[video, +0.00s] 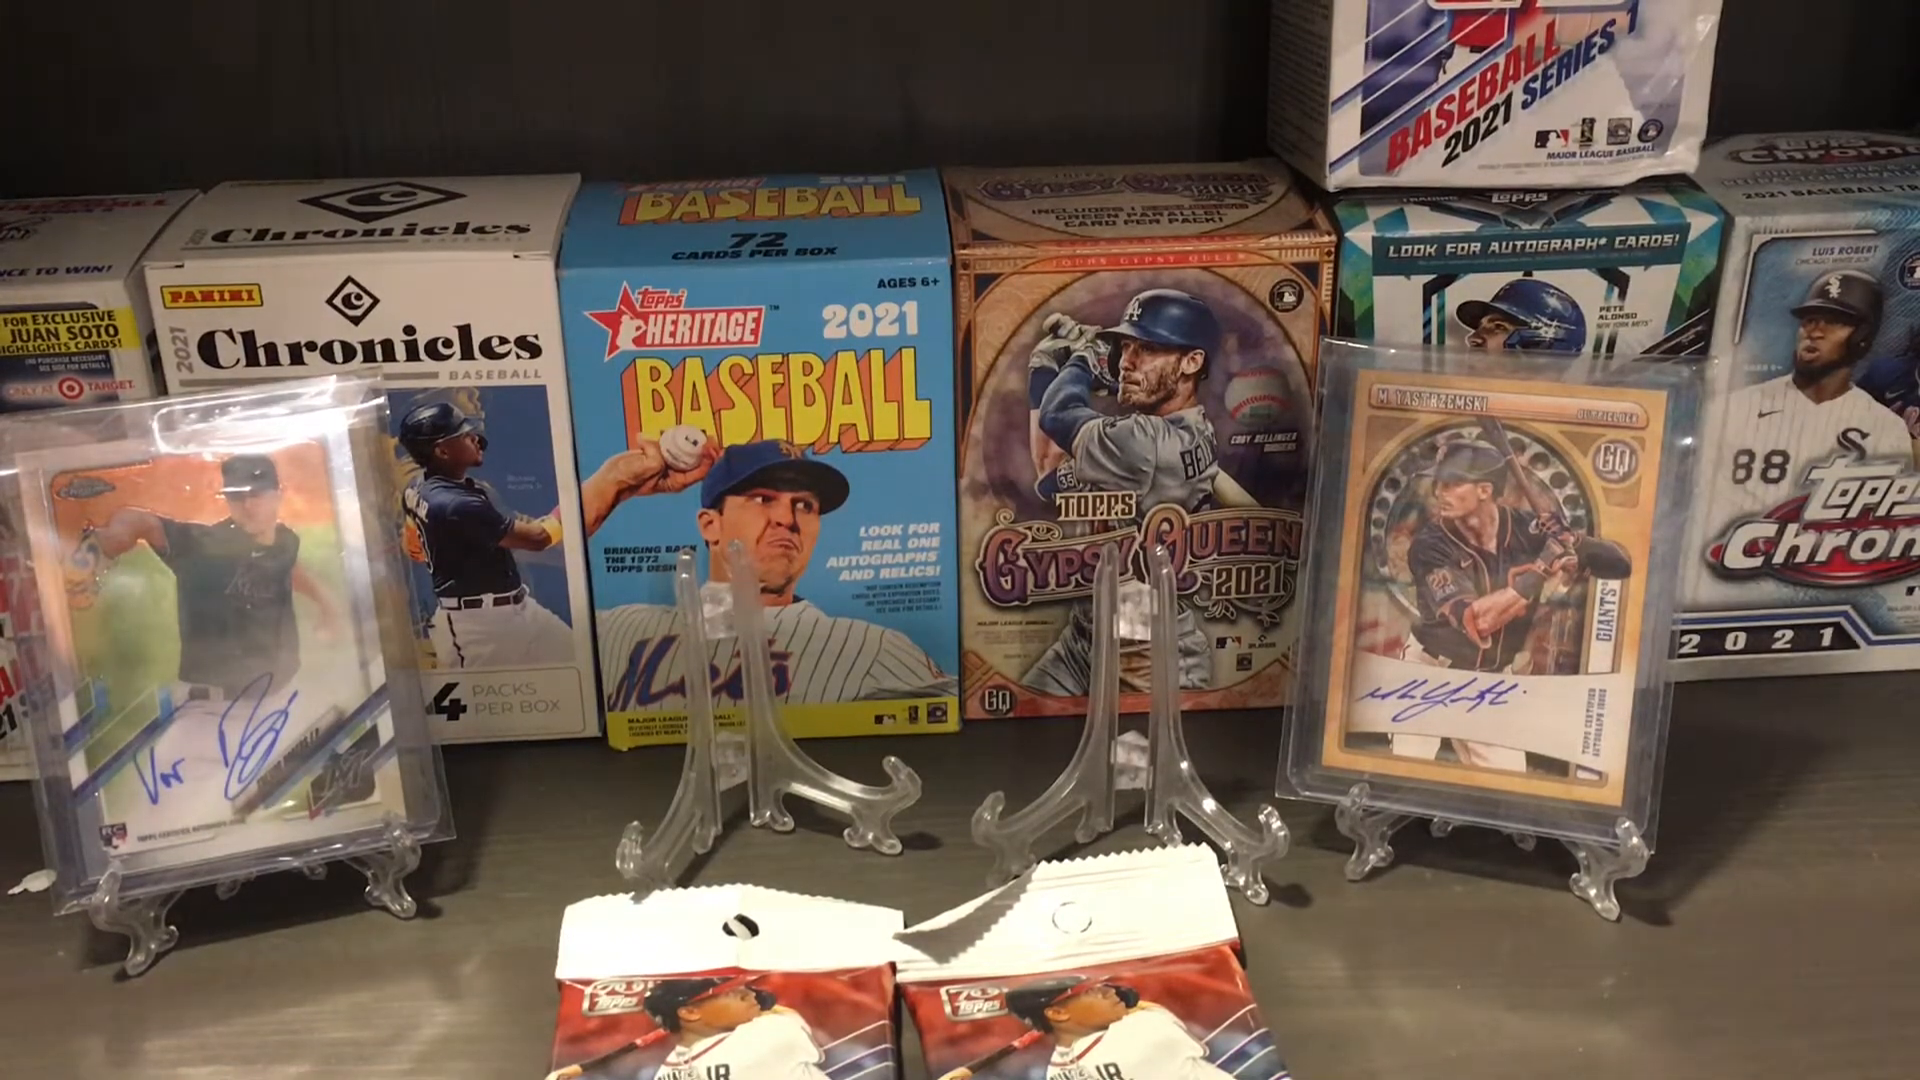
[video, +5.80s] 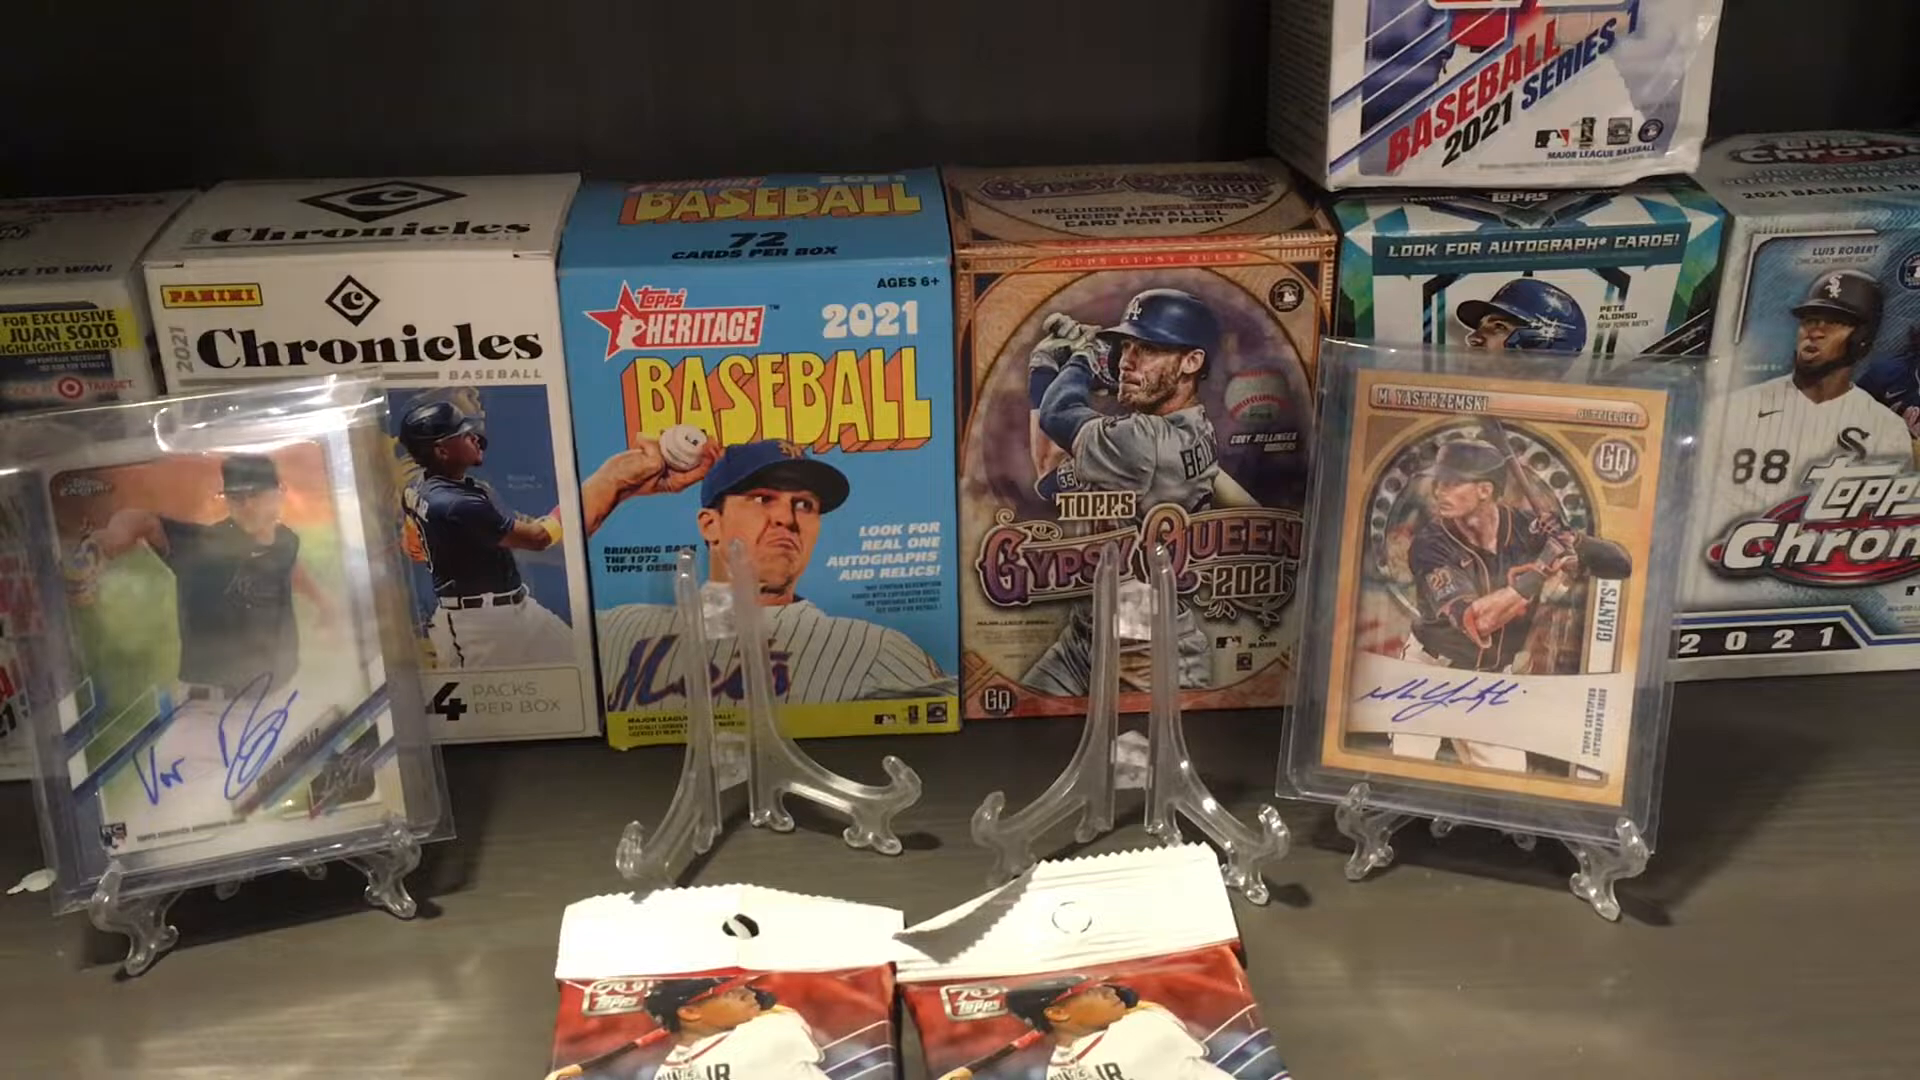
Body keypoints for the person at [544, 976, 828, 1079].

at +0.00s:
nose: (743, 992)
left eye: (733, 986)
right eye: (726, 992)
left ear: (690, 1015)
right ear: (692, 1014)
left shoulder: (666, 1071)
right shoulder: (779, 1033)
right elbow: (780, 1009)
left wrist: (580, 1071)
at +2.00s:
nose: (746, 993)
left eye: (737, 986)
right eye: (728, 993)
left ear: (690, 1015)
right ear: (692, 1015)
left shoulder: (666, 1071)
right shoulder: (779, 1033)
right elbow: (779, 1008)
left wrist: (579, 1071)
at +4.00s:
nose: (744, 993)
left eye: (735, 986)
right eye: (727, 993)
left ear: (690, 1015)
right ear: (691, 1015)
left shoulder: (665, 1071)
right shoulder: (779, 1032)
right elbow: (779, 1008)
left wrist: (577, 1072)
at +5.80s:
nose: (745, 992)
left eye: (736, 985)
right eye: (727, 993)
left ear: (690, 1015)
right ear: (692, 1015)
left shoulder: (666, 1070)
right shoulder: (779, 1033)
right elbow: (778, 1008)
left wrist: (578, 1072)